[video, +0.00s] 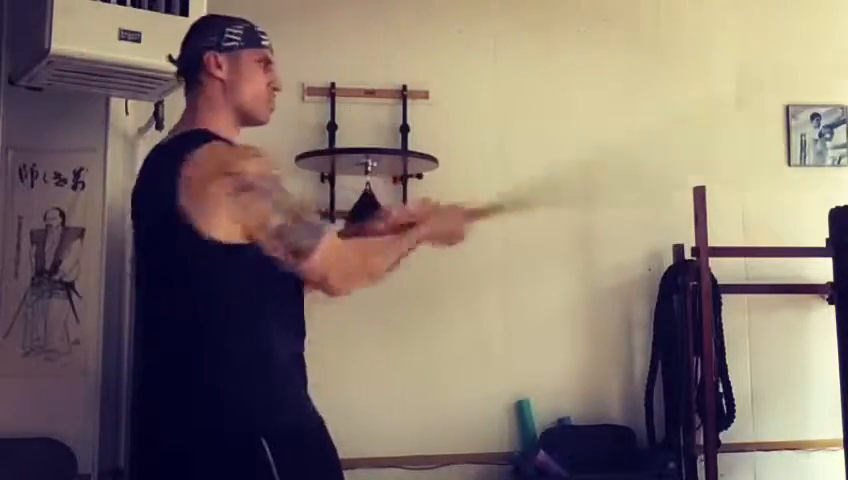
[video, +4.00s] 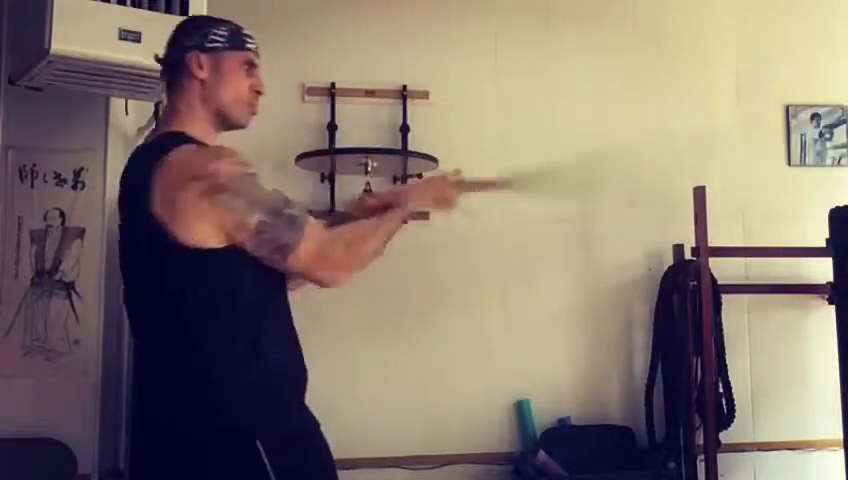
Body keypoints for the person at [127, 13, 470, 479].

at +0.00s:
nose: (276, 83)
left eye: (272, 67)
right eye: (264, 65)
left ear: (215, 67)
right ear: (216, 65)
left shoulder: (165, 164)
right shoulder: (227, 166)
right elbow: (336, 270)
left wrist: (359, 235)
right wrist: (417, 233)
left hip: (179, 424)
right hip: (253, 430)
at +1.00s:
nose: (299, 113)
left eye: (299, 99)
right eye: (294, 95)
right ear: (253, 80)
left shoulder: (139, 177)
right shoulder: (280, 144)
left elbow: (190, 290)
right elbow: (374, 178)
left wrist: (294, 288)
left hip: (164, 414)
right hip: (260, 416)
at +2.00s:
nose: (312, 123)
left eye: (314, 111)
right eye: (308, 106)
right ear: (269, 92)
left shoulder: (269, 188)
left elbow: (322, 286)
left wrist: (270, 252)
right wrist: (309, 161)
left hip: (267, 397)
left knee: (299, 469)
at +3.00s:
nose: (285, 97)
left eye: (284, 83)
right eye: (274, 79)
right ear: (226, 75)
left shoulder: (284, 184)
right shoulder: (158, 178)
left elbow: (329, 289)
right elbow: (110, 317)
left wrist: (241, 285)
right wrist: (203, 335)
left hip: (282, 430)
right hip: (186, 436)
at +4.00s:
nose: (260, 86)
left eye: (257, 70)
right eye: (248, 66)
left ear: (198, 69)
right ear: (198, 66)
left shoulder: (157, 165)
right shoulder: (198, 168)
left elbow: (253, 275)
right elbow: (333, 261)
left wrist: (351, 218)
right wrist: (406, 204)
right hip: (246, 437)